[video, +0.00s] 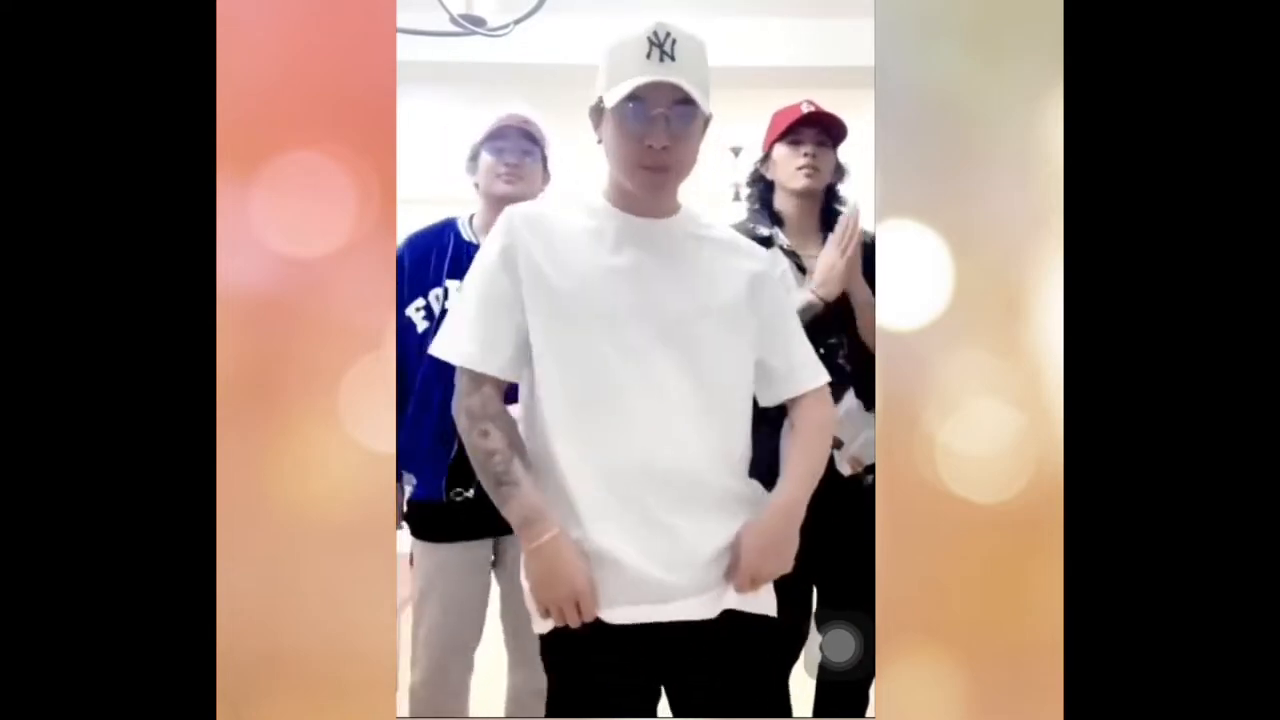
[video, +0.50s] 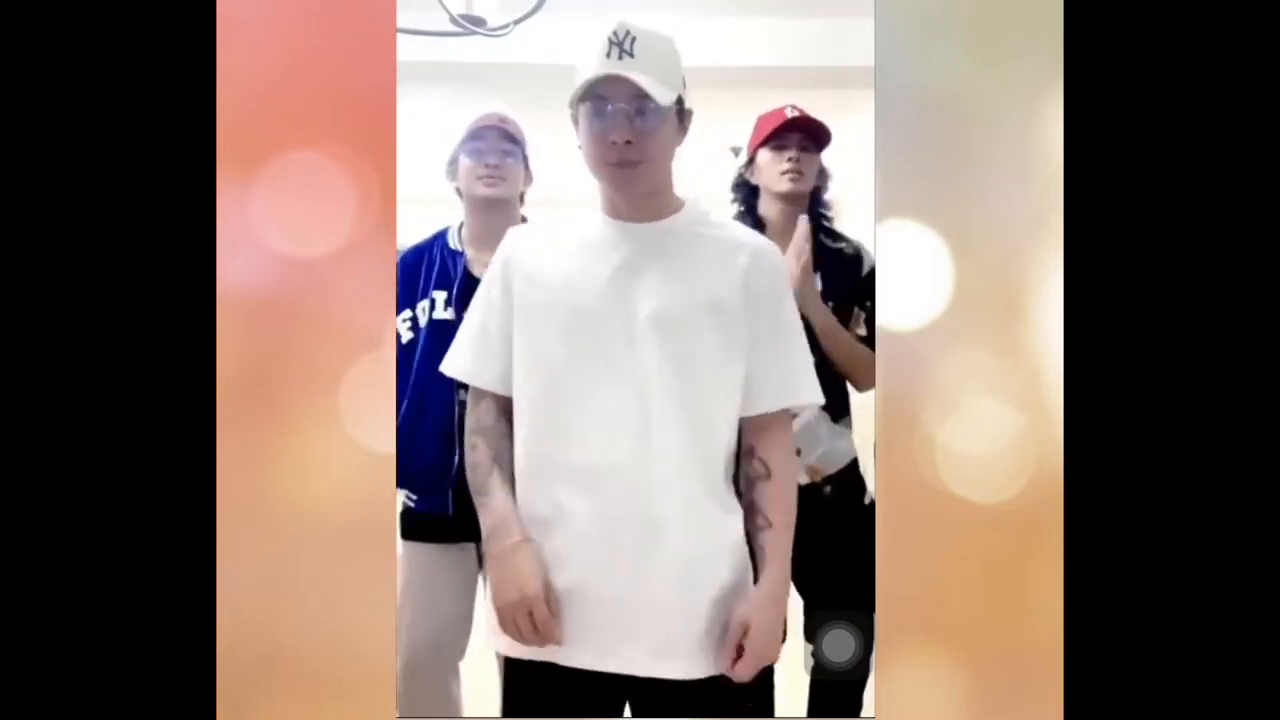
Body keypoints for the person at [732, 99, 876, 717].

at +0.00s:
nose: (811, 154)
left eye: (824, 146)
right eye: (795, 143)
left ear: (837, 165)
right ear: (767, 161)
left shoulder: (866, 245)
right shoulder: (737, 247)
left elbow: (891, 351)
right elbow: (732, 347)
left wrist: (852, 281)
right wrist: (816, 296)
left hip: (859, 464)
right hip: (774, 460)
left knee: (850, 643)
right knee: (775, 632)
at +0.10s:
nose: (809, 156)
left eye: (821, 148)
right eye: (793, 146)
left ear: (833, 167)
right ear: (762, 162)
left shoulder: (858, 253)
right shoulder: (729, 250)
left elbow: (885, 359)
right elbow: (730, 345)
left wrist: (837, 288)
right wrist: (812, 276)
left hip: (853, 474)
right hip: (768, 471)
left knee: (852, 644)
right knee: (772, 636)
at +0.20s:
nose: (805, 160)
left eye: (816, 152)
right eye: (789, 149)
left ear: (827, 171)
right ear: (758, 165)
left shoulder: (848, 254)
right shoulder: (730, 250)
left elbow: (874, 370)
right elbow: (727, 351)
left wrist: (839, 294)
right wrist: (809, 298)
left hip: (846, 467)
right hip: (764, 465)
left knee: (852, 644)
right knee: (768, 637)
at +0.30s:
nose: (802, 158)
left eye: (814, 150)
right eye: (786, 146)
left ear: (824, 169)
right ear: (755, 161)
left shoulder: (841, 249)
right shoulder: (725, 247)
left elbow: (871, 368)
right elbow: (715, 346)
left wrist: (852, 289)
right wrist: (801, 311)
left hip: (838, 464)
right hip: (756, 463)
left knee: (850, 645)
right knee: (758, 639)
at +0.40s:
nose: (798, 156)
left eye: (811, 147)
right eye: (782, 145)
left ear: (822, 165)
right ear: (752, 161)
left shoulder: (844, 252)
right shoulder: (724, 249)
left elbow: (872, 368)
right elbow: (713, 354)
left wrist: (840, 292)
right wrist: (793, 309)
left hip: (834, 468)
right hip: (753, 467)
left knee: (846, 645)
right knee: (751, 640)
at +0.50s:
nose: (795, 158)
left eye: (808, 150)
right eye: (780, 148)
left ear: (820, 170)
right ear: (750, 165)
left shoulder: (847, 258)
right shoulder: (722, 251)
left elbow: (865, 374)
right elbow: (712, 361)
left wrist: (809, 302)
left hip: (829, 472)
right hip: (740, 471)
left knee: (843, 648)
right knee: (743, 642)